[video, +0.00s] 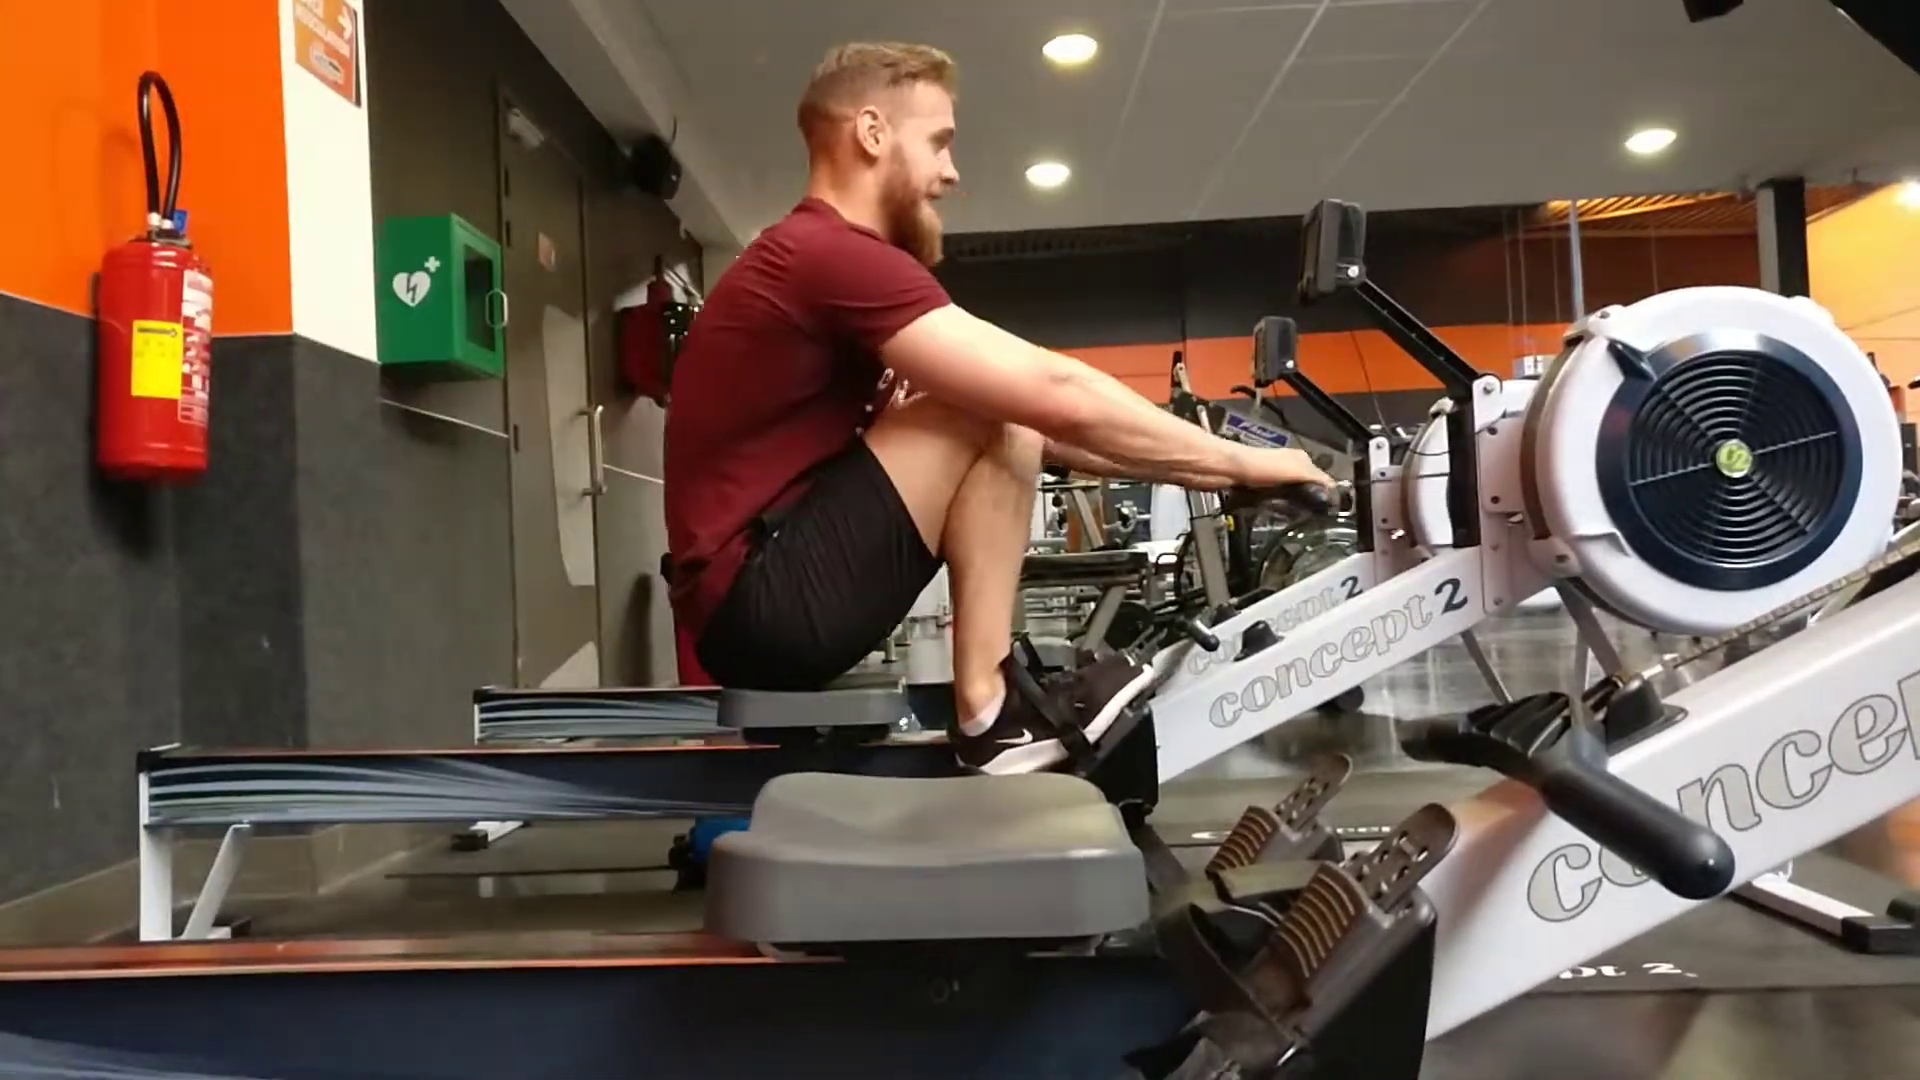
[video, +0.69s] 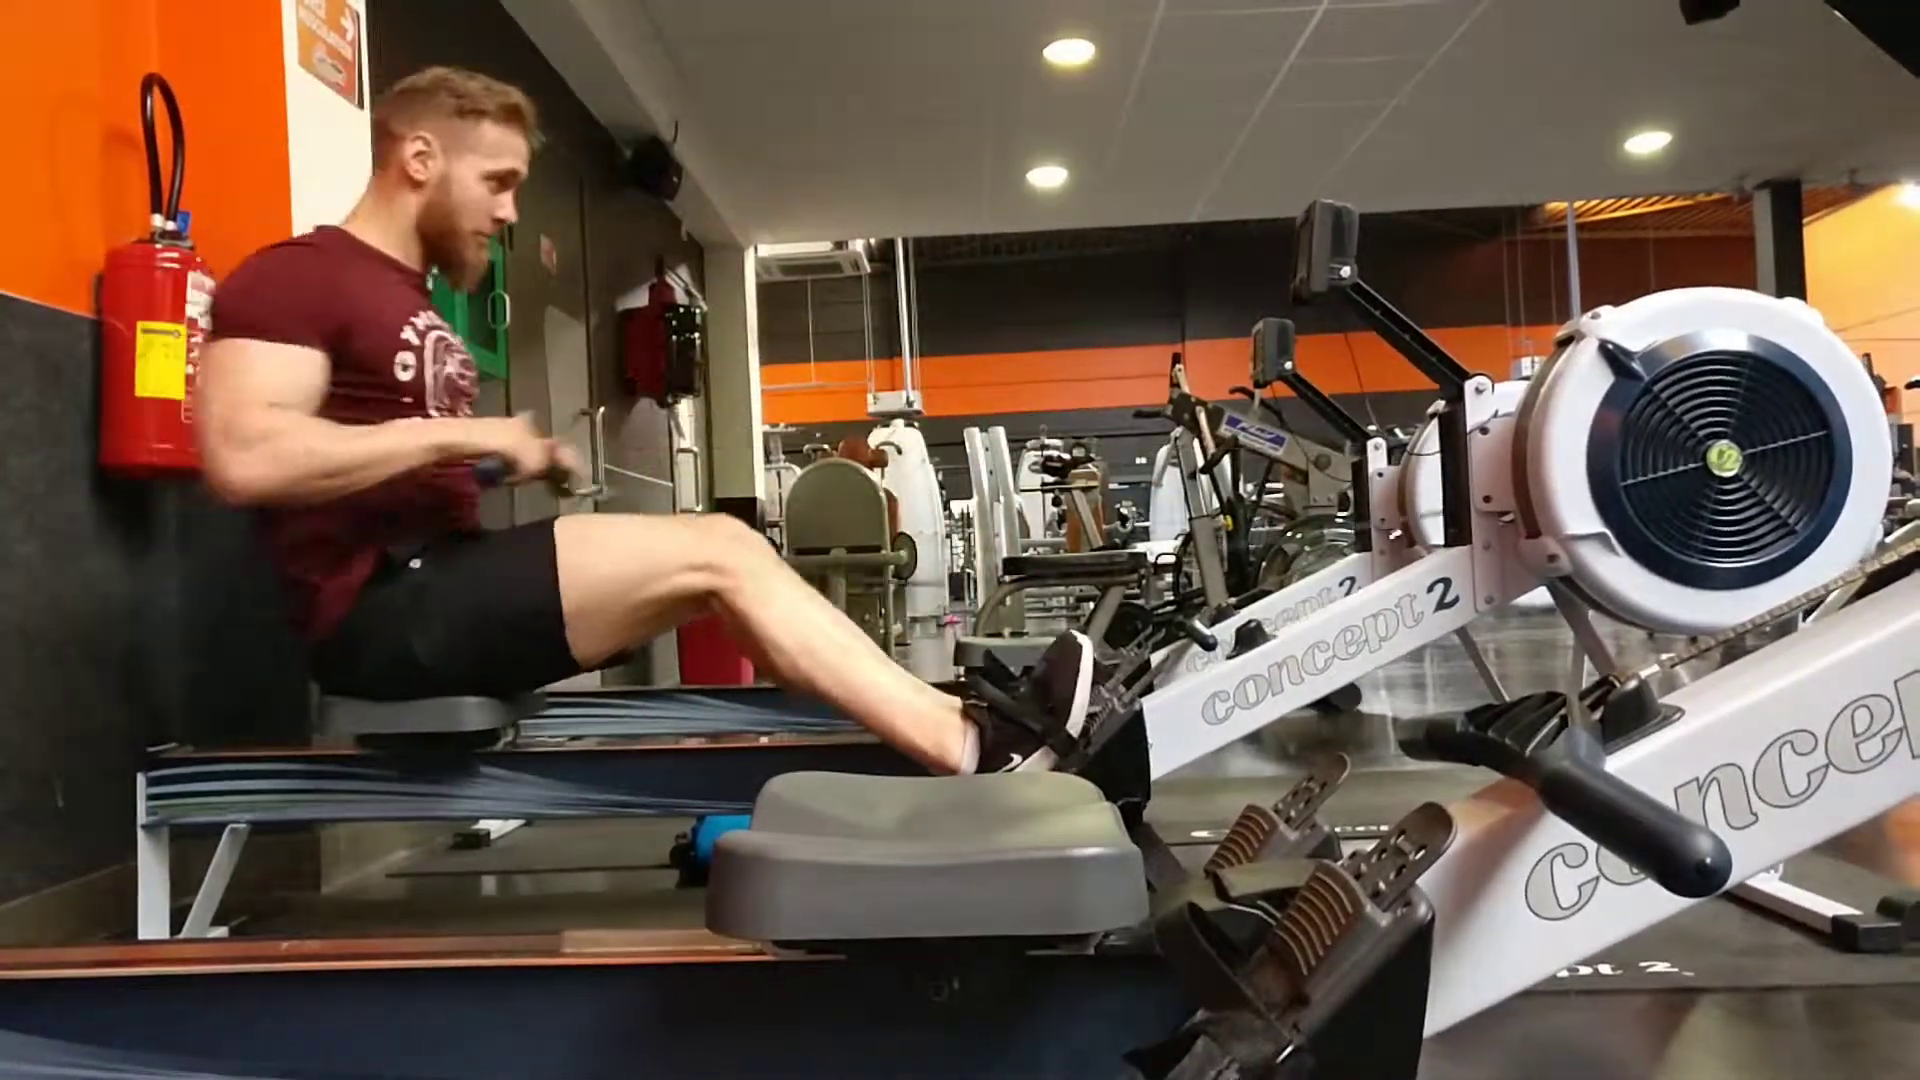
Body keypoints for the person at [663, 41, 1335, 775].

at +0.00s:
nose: (953, 172)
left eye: (951, 146)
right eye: (940, 141)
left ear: (871, 140)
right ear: (869, 134)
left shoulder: (833, 257)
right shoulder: (829, 255)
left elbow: (1038, 409)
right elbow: (1058, 395)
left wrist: (1199, 467)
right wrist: (1235, 460)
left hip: (766, 600)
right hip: (758, 608)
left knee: (1003, 419)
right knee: (991, 411)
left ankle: (992, 694)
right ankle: (982, 712)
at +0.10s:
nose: (879, 158)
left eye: (875, 132)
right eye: (863, 129)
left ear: (789, 129)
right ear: (790, 124)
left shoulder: (756, 251)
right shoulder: (745, 247)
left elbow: (949, 388)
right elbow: (962, 389)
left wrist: (1120, 435)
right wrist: (1146, 432)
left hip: (721, 598)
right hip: (714, 607)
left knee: (950, 421)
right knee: (953, 425)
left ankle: (997, 701)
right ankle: (987, 720)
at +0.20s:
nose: (723, 140)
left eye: (717, 115)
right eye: (702, 111)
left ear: (631, 118)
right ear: (624, 113)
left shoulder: (632, 249)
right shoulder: (588, 241)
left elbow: (763, 386)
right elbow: (761, 393)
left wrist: (952, 416)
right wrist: (958, 413)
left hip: (631, 590)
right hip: (604, 600)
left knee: (885, 443)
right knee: (885, 449)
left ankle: (988, 714)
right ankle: (990, 734)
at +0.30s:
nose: (571, 142)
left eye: (568, 120)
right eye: (551, 116)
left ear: (479, 121)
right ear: (466, 117)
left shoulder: (516, 266)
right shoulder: (441, 254)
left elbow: (646, 404)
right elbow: (607, 417)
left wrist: (813, 424)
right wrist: (810, 424)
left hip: (544, 588)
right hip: (500, 604)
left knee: (821, 478)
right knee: (810, 485)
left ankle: (988, 724)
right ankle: (989, 740)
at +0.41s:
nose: (452, 166)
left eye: (453, 145)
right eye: (433, 137)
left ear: (371, 140)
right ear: (346, 130)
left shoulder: (404, 283)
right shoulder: (301, 268)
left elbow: (519, 435)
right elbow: (424, 431)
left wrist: (652, 417)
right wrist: (639, 417)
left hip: (477, 583)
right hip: (425, 604)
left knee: (750, 525)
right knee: (746, 529)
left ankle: (982, 733)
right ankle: (984, 746)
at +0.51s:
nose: (415, 203)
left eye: (419, 181)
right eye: (398, 173)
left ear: (320, 159)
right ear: (311, 154)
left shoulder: (360, 306)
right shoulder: (225, 283)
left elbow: (425, 485)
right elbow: (255, 461)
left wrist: (488, 439)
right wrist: (453, 425)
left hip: (426, 584)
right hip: (360, 607)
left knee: (713, 565)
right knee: (708, 566)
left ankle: (974, 729)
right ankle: (970, 752)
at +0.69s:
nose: (510, 213)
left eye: (516, 189)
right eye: (497, 182)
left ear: (427, 166)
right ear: (415, 161)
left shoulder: (417, 302)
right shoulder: (298, 278)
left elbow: (406, 471)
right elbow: (242, 457)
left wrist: (506, 460)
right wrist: (457, 434)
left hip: (441, 593)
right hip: (381, 614)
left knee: (730, 543)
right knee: (723, 547)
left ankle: (957, 734)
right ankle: (960, 750)